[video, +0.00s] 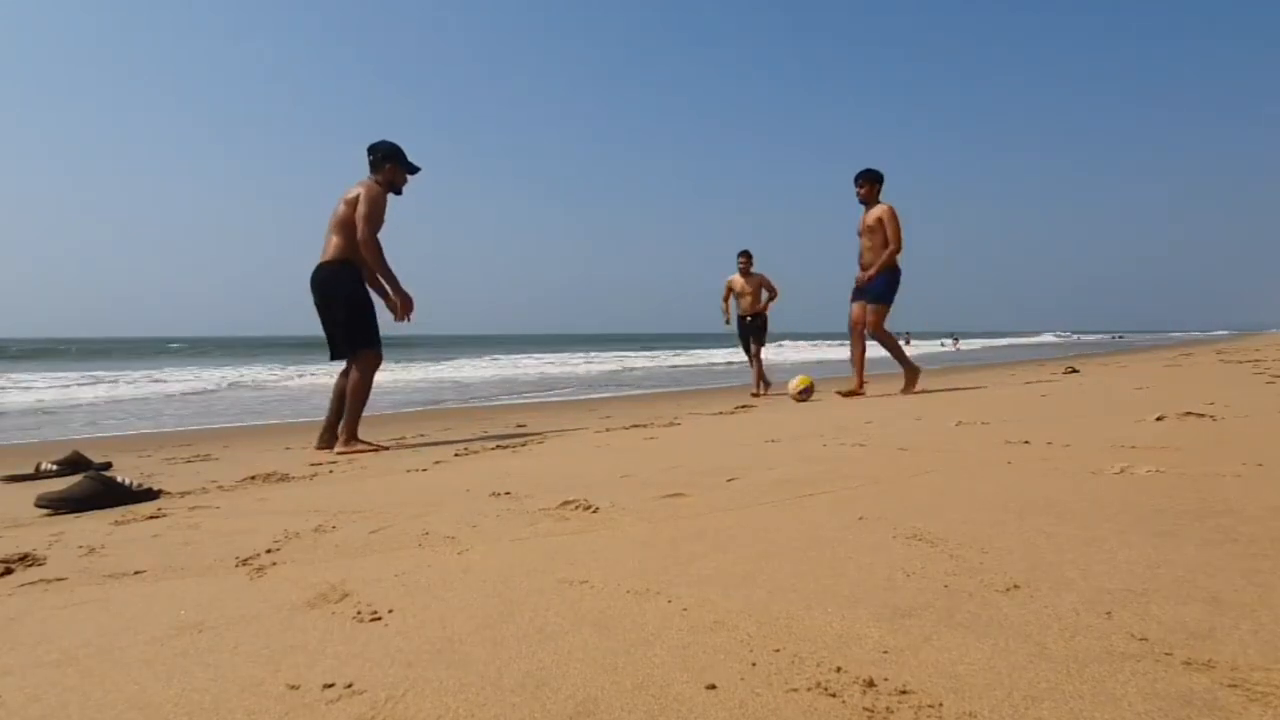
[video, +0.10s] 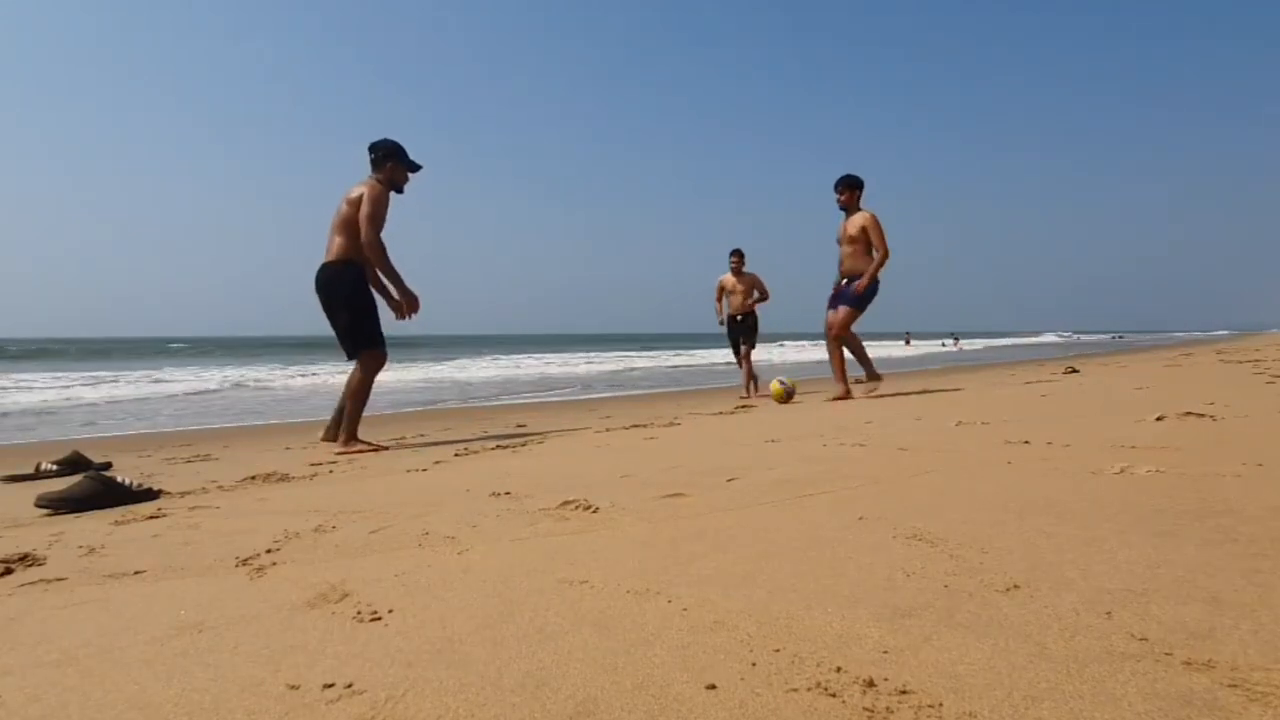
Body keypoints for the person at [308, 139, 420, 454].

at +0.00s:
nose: (406, 179)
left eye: (406, 173)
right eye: (403, 172)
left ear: (379, 169)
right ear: (387, 168)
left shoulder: (358, 193)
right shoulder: (372, 191)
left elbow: (361, 260)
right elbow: (365, 239)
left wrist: (387, 298)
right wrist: (397, 289)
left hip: (330, 276)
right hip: (342, 276)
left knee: (358, 359)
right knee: (369, 356)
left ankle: (328, 436)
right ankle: (348, 437)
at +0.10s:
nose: (408, 176)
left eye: (408, 170)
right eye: (404, 169)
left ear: (382, 168)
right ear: (387, 166)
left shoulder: (362, 192)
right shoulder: (375, 191)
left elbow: (363, 258)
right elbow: (369, 241)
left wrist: (389, 298)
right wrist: (402, 289)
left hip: (336, 275)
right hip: (345, 276)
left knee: (369, 357)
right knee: (373, 357)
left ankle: (334, 431)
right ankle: (347, 438)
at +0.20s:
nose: (412, 175)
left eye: (412, 169)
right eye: (408, 168)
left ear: (387, 167)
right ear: (392, 165)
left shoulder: (367, 193)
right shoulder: (380, 192)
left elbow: (368, 256)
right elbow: (375, 242)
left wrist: (393, 295)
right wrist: (405, 290)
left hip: (344, 276)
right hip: (350, 275)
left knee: (375, 357)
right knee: (378, 357)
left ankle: (358, 431)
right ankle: (351, 435)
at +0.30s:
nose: (419, 180)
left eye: (420, 174)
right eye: (416, 173)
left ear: (393, 173)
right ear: (400, 171)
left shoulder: (373, 199)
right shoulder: (386, 198)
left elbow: (376, 261)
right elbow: (381, 248)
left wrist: (403, 296)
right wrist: (409, 297)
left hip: (351, 280)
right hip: (354, 280)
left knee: (389, 358)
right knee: (376, 360)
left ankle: (390, 433)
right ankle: (348, 438)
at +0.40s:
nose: (425, 188)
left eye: (425, 182)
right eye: (421, 181)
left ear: (401, 180)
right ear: (405, 178)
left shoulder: (382, 205)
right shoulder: (387, 204)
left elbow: (386, 268)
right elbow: (388, 259)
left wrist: (414, 301)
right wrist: (415, 301)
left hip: (362, 286)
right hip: (356, 287)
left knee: (398, 360)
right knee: (386, 361)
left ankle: (392, 433)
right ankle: (350, 435)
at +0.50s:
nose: (429, 188)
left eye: (429, 182)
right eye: (426, 181)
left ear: (405, 179)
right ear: (410, 178)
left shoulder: (388, 203)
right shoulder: (391, 202)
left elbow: (390, 262)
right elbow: (390, 256)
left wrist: (417, 299)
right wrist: (418, 298)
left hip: (366, 283)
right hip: (357, 283)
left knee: (396, 358)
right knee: (384, 359)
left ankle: (392, 431)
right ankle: (358, 433)